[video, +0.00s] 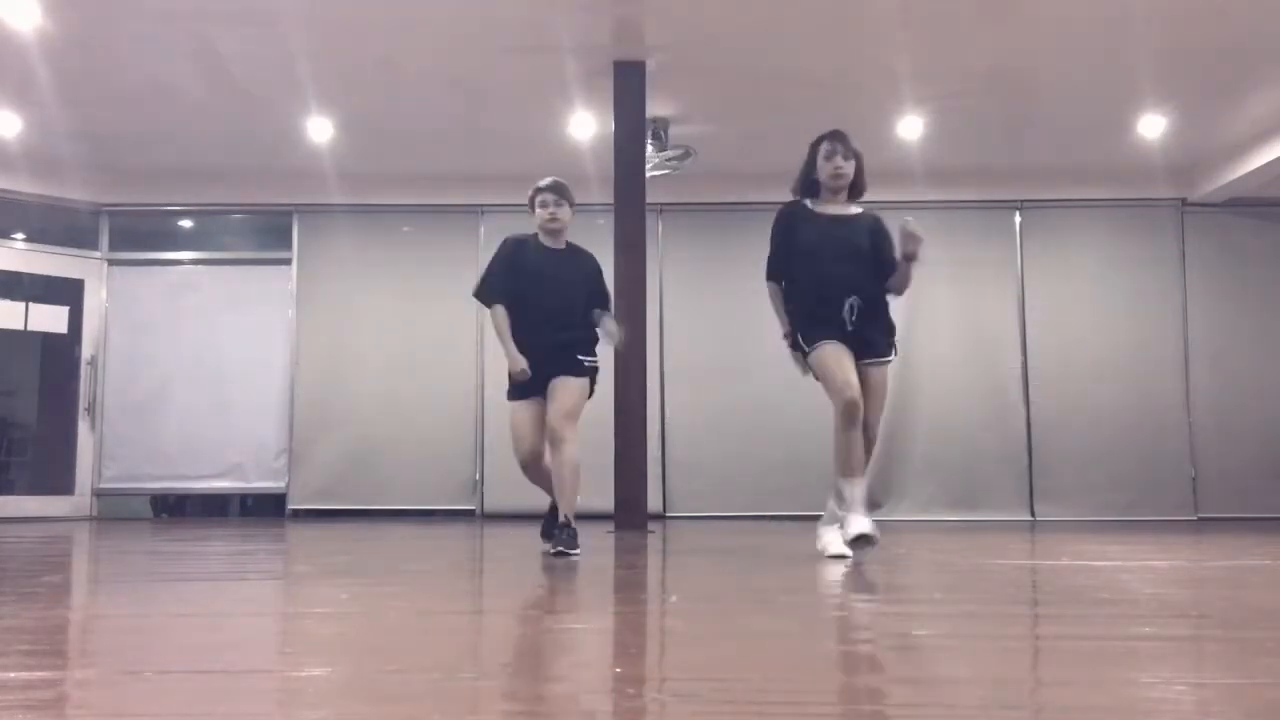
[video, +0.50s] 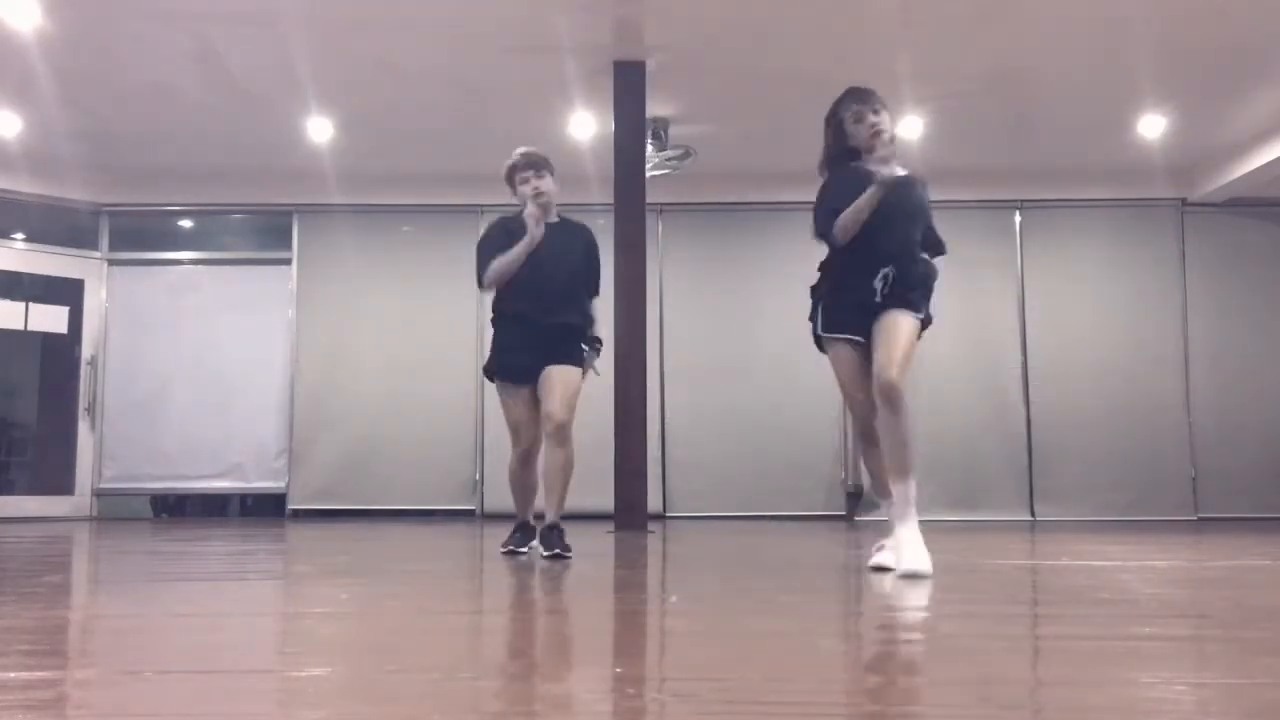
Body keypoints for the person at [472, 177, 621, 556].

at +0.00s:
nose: (551, 210)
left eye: (559, 204)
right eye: (543, 205)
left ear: (571, 211)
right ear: (533, 212)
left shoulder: (585, 260)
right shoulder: (514, 249)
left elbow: (599, 312)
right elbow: (496, 303)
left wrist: (611, 328)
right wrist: (511, 353)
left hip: (573, 356)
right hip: (527, 358)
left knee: (560, 431)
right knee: (527, 455)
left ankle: (567, 524)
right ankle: (559, 496)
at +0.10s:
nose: (551, 208)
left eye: (559, 202)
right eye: (543, 201)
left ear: (571, 210)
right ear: (532, 207)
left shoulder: (583, 260)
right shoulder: (508, 247)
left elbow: (589, 319)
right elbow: (488, 301)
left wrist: (604, 305)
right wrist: (507, 337)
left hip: (574, 353)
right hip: (526, 354)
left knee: (560, 428)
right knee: (517, 434)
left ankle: (565, 523)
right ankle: (542, 507)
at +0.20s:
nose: (537, 197)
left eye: (547, 192)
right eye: (531, 190)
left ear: (560, 200)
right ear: (520, 195)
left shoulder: (576, 237)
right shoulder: (496, 244)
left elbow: (601, 282)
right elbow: (479, 297)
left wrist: (602, 314)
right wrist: (498, 311)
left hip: (571, 342)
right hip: (522, 344)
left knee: (558, 419)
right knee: (521, 432)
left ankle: (561, 519)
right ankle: (518, 521)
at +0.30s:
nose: (525, 201)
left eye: (534, 194)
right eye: (518, 194)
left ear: (549, 200)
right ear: (509, 200)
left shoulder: (570, 229)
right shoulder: (498, 254)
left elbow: (599, 279)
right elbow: (492, 321)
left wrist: (607, 333)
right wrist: (485, 297)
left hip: (566, 344)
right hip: (516, 347)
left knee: (561, 400)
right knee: (518, 445)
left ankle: (549, 503)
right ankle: (520, 525)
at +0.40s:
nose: (522, 196)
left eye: (528, 187)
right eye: (513, 191)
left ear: (543, 192)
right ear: (503, 201)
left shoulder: (576, 231)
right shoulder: (499, 250)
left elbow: (597, 286)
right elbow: (494, 308)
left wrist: (600, 338)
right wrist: (510, 265)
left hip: (566, 343)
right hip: (513, 347)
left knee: (558, 407)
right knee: (522, 448)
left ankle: (551, 515)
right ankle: (521, 524)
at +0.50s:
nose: (533, 185)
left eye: (539, 176)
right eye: (524, 181)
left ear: (554, 181)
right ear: (514, 190)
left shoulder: (579, 234)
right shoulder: (501, 230)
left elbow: (589, 295)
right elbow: (488, 278)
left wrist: (590, 338)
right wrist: (529, 238)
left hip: (565, 341)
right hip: (514, 341)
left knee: (558, 423)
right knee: (524, 446)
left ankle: (552, 525)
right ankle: (524, 524)